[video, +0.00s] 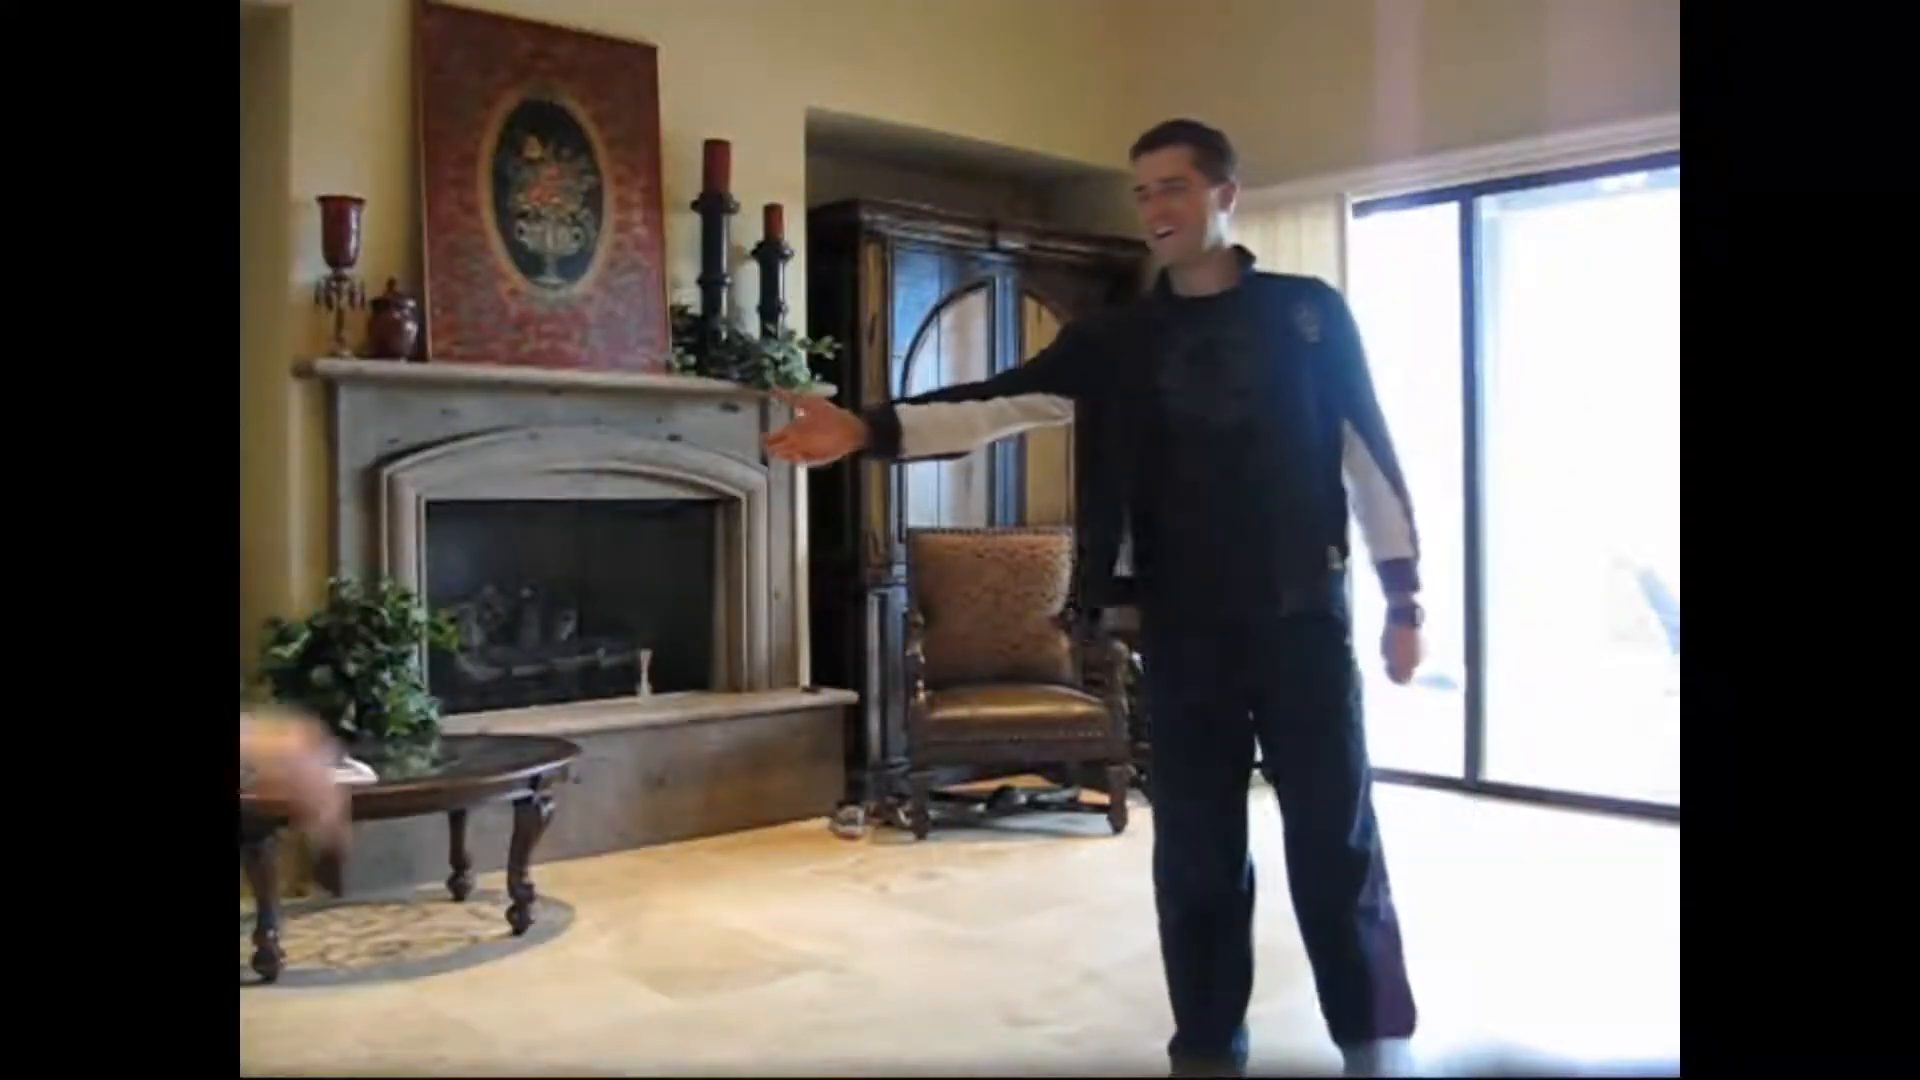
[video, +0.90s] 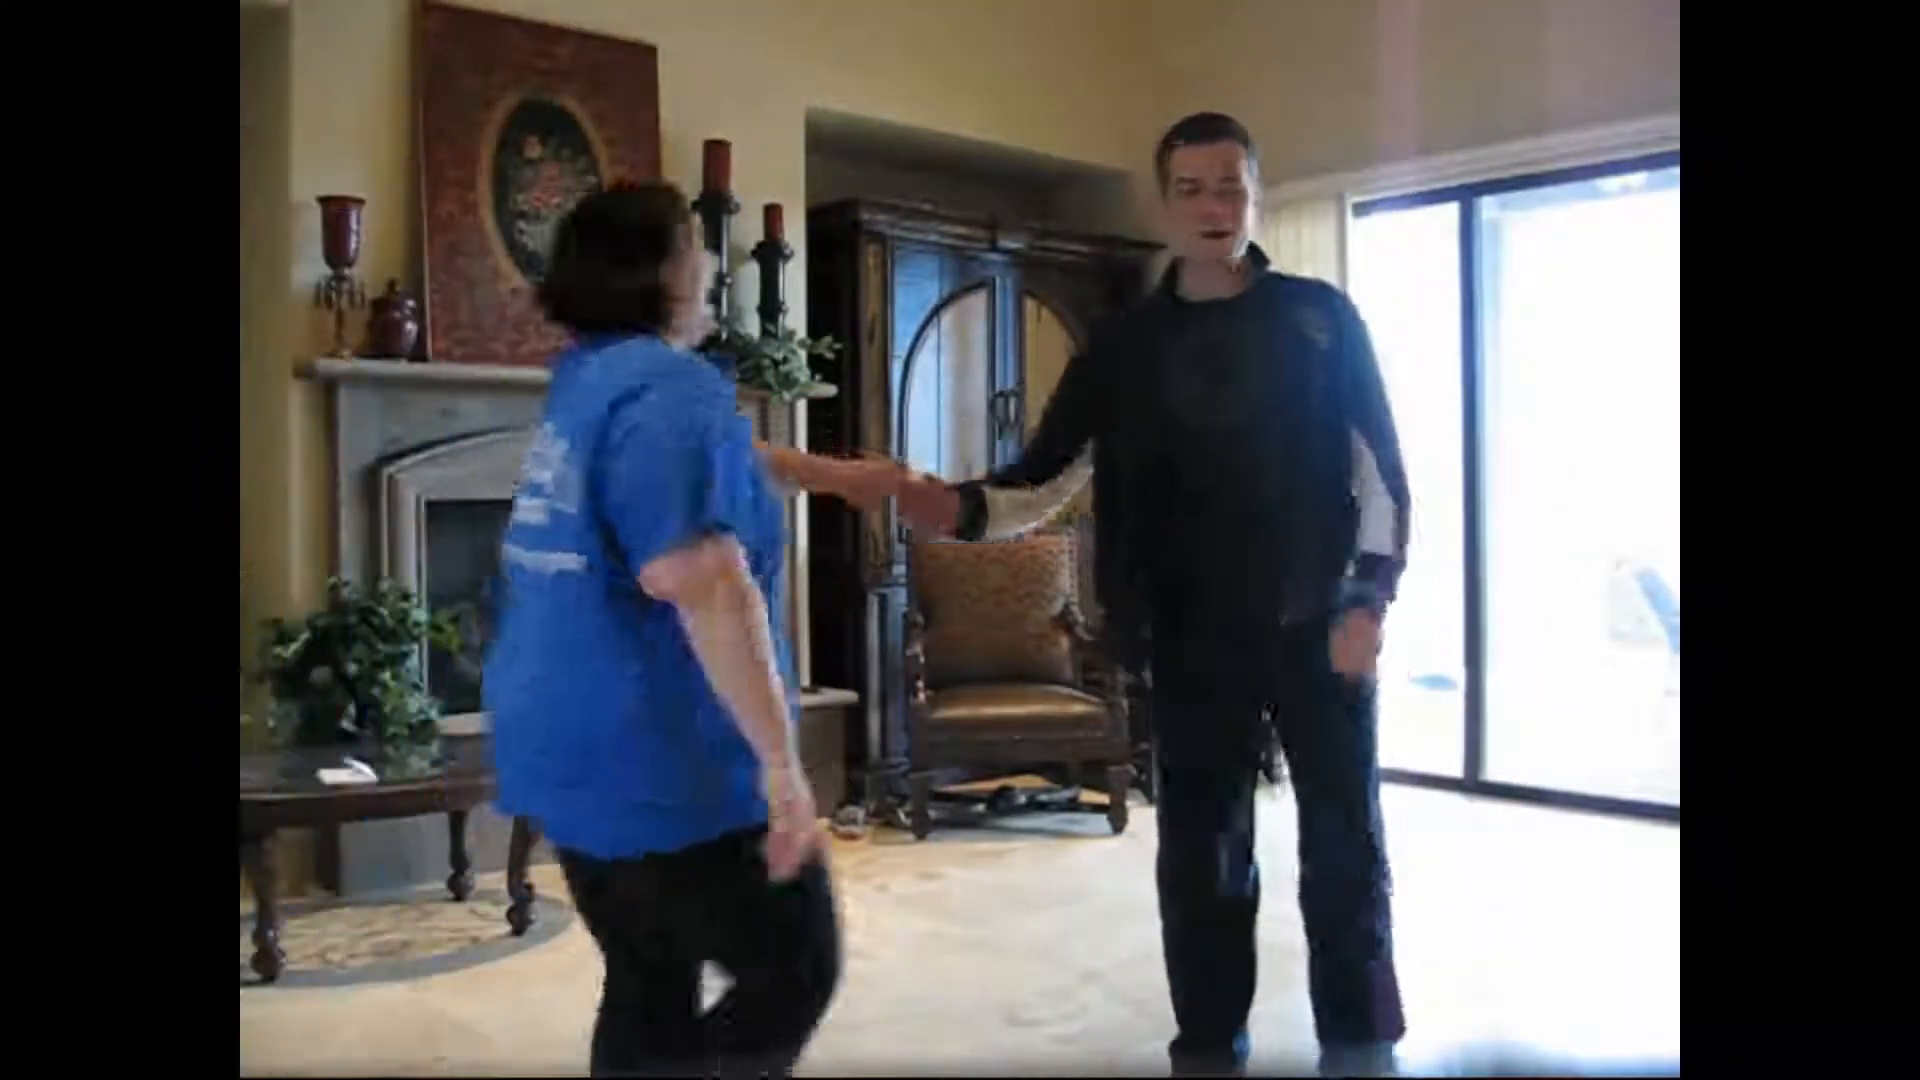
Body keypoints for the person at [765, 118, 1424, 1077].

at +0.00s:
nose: (1153, 209)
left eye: (1171, 189)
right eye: (1142, 195)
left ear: (1226, 194)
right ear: (1137, 209)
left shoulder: (1308, 311)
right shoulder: (1115, 337)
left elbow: (1370, 459)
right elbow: (993, 405)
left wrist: (1402, 598)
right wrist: (866, 429)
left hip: (1303, 627)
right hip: (1185, 633)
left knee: (1337, 851)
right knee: (1196, 862)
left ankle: (1374, 1050)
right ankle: (1206, 1055)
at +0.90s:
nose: (1211, 205)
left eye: (1228, 187)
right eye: (1190, 189)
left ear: (1256, 197)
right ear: (1160, 205)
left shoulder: (1318, 315)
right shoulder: (1123, 338)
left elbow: (1384, 474)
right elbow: (1041, 471)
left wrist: (1367, 597)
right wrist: (955, 507)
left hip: (1315, 626)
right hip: (1190, 634)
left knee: (1344, 855)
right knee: (1202, 859)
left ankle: (1359, 1056)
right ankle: (1207, 1053)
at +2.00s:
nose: (1277, 175)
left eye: (1293, 155)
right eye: (1253, 164)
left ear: (1330, 170)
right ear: (1231, 191)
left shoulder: (1418, 303)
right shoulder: (1206, 327)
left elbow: (1484, 481)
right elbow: (1186, 491)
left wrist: (1457, 629)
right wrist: (1188, 479)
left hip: (1379, 639)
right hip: (1254, 642)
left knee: (1362, 881)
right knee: (1257, 877)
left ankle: (1338, 1064)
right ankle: (1249, 1061)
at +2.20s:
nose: (1238, 182)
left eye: (1254, 161)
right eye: (1216, 172)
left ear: (1296, 178)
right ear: (1200, 203)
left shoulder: (1405, 297)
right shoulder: (1187, 341)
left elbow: (1495, 430)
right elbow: (1179, 492)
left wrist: (1457, 543)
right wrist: (1188, 488)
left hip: (1382, 620)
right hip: (1256, 626)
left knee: (1365, 856)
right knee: (1260, 853)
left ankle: (1339, 1058)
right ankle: (1250, 1057)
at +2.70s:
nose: (1158, 258)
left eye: (1171, 228)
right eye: (1134, 248)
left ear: (1219, 228)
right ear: (1125, 271)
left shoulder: (1353, 314)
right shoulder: (1146, 385)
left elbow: (1446, 431)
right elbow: (1141, 504)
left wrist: (1378, 519)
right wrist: (1174, 531)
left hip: (1378, 632)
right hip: (1253, 640)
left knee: (1362, 859)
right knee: (1262, 859)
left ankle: (1342, 1057)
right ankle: (1247, 1058)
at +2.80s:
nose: (1150, 267)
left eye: (1162, 237)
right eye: (1126, 257)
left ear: (1211, 232)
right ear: (1118, 279)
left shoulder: (1346, 317)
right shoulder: (1142, 387)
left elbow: (1442, 428)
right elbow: (1136, 507)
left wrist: (1373, 516)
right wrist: (1171, 530)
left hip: (1373, 633)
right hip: (1248, 641)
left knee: (1359, 855)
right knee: (1259, 856)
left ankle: (1342, 1054)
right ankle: (1246, 1055)